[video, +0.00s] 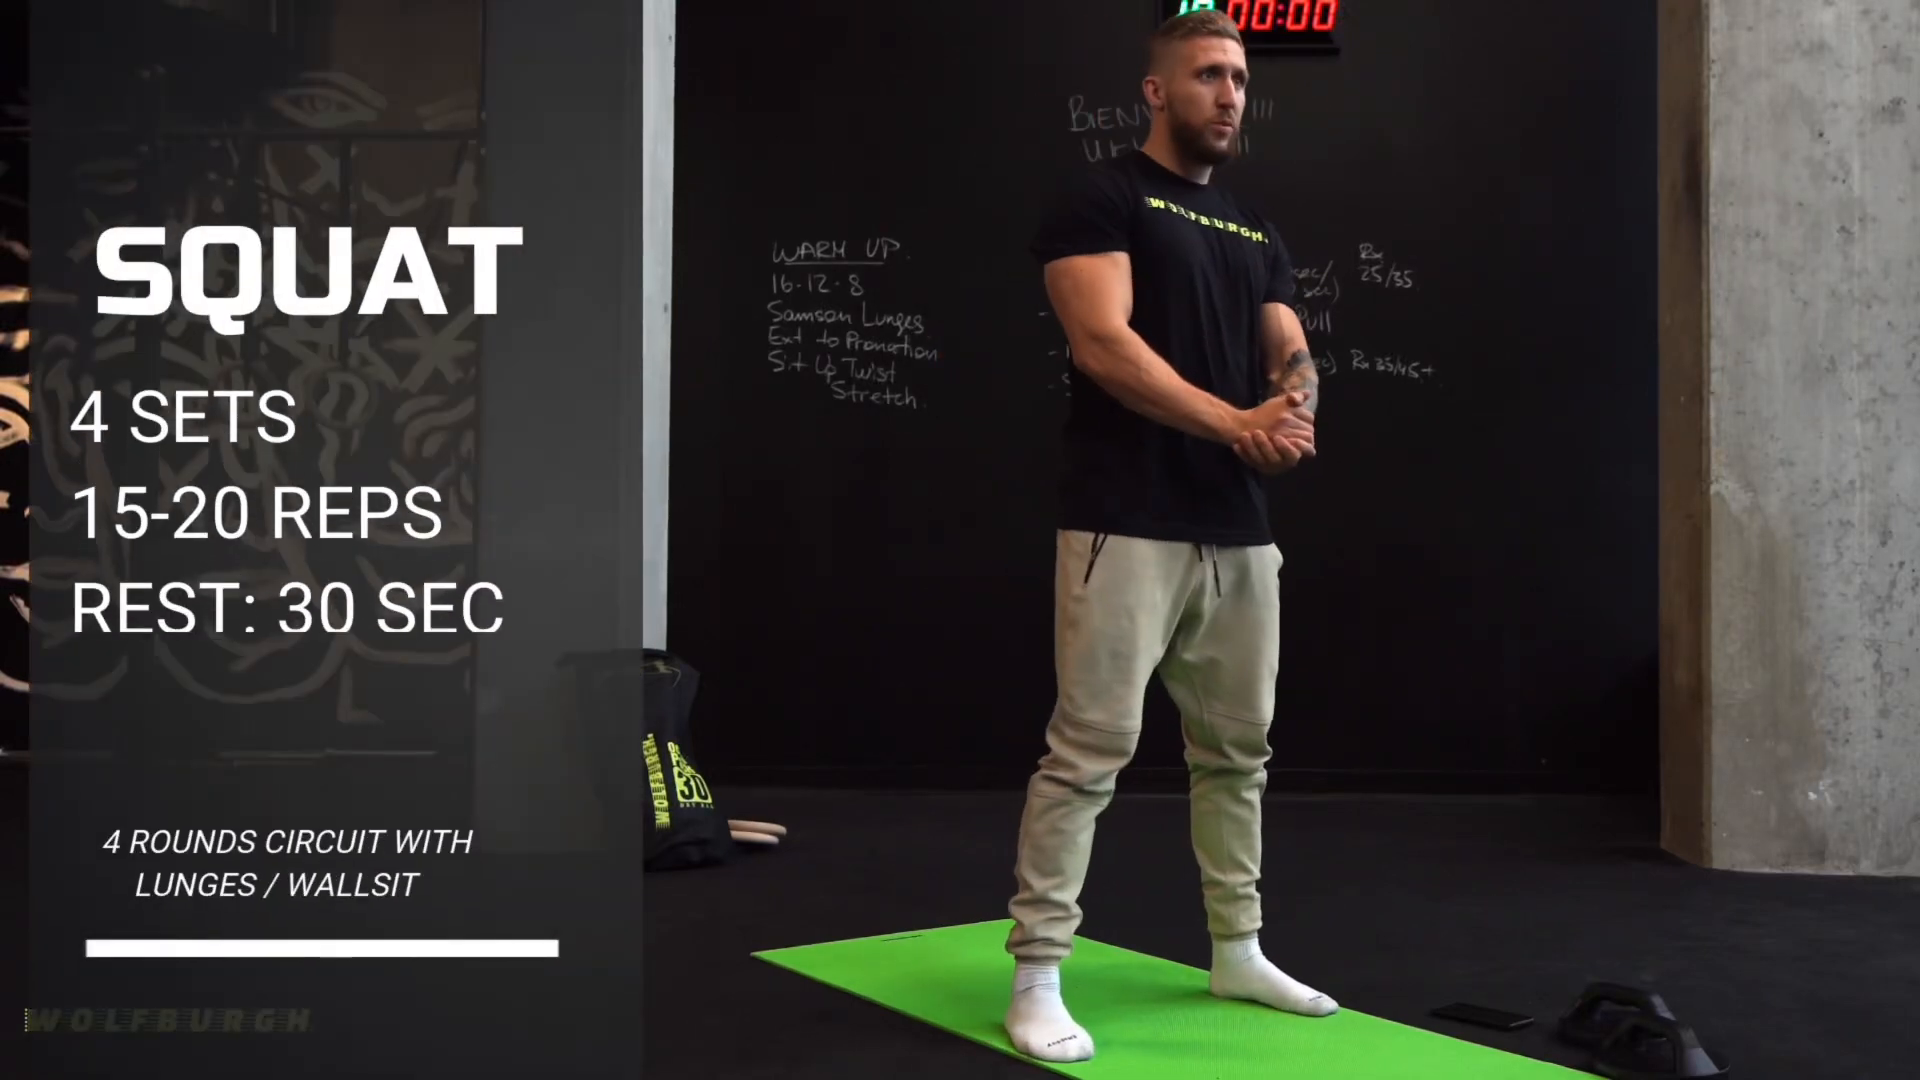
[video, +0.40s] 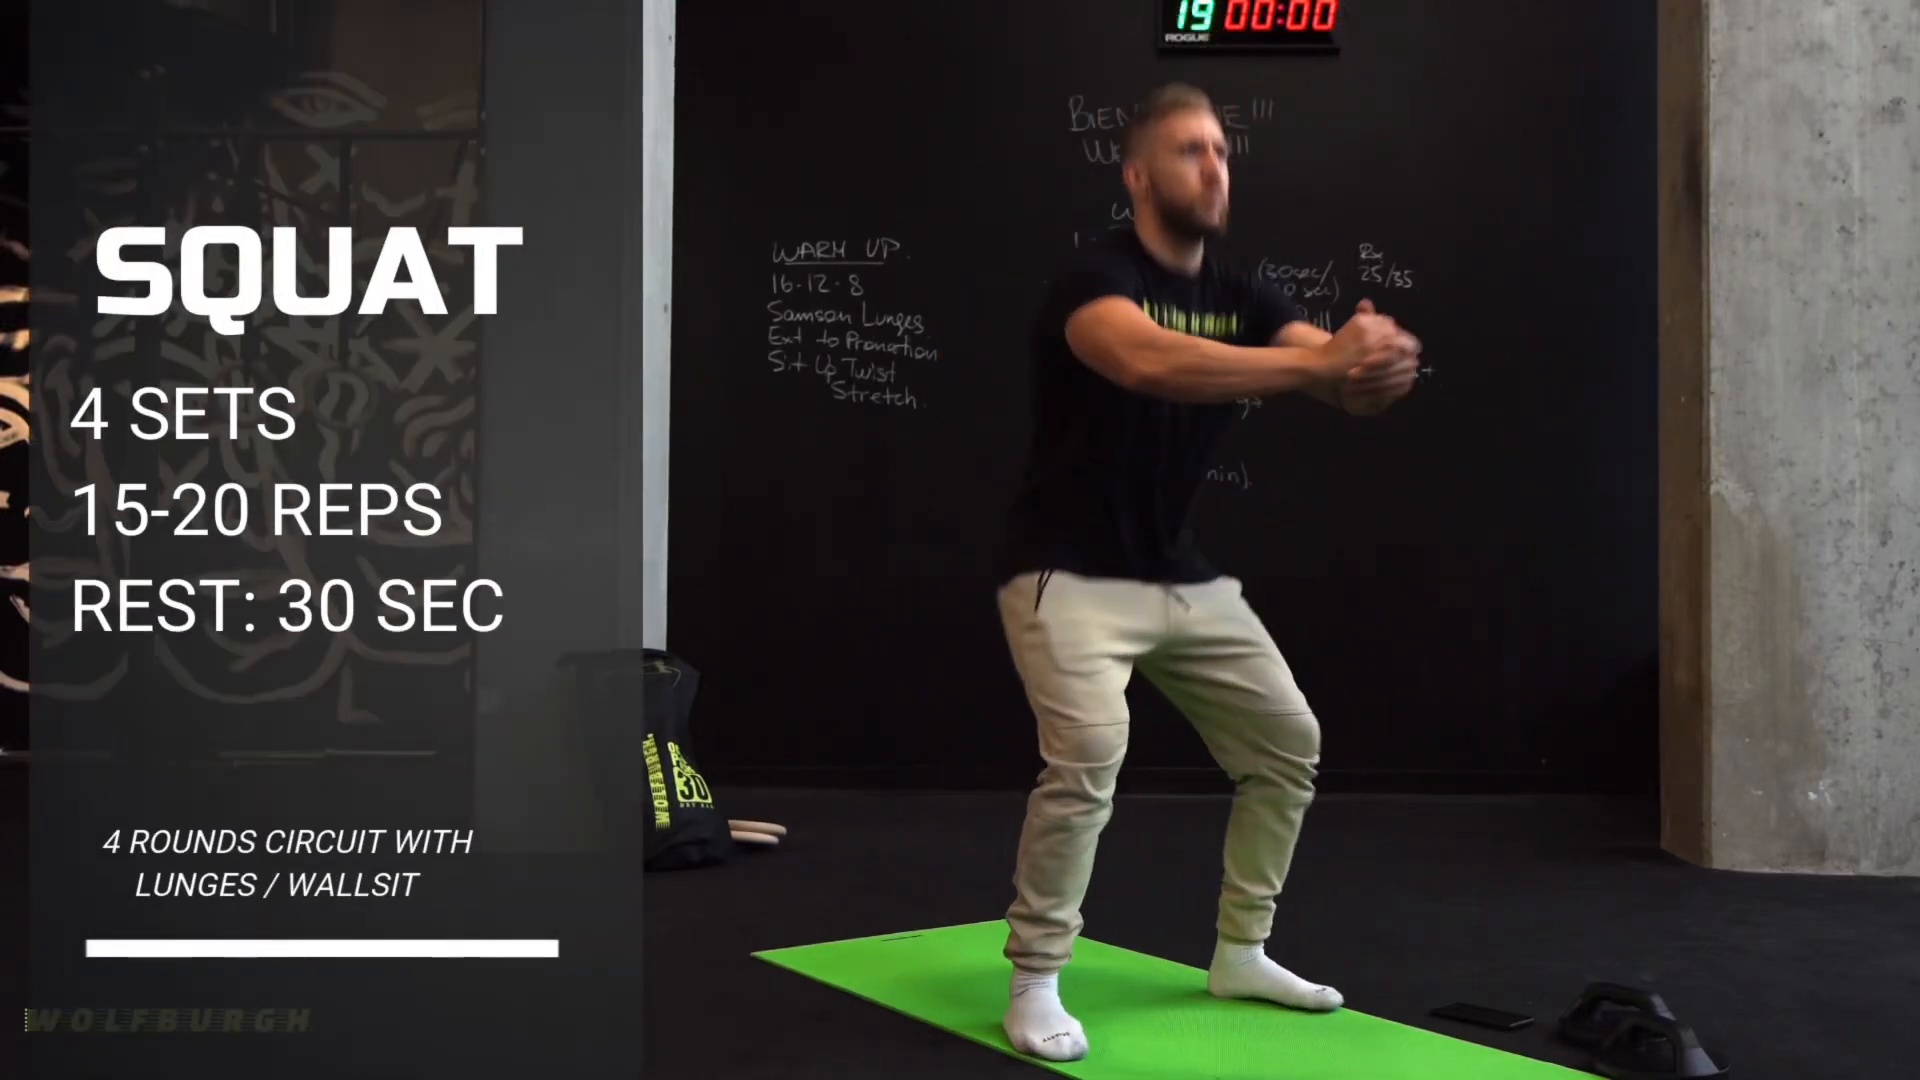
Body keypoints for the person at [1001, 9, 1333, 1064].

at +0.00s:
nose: (1232, 95)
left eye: (1239, 79)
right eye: (1211, 76)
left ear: (1244, 96)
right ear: (1154, 89)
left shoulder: (1251, 232)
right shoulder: (1095, 200)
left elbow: (1288, 352)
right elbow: (1101, 344)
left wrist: (1292, 405)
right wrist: (1232, 423)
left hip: (1236, 528)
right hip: (1123, 523)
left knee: (1235, 747)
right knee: (1090, 749)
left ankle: (1237, 955)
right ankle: (1037, 980)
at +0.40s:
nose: (1214, 167)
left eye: (1220, 151)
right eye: (1189, 151)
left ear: (1227, 169)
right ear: (1135, 172)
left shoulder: (1238, 293)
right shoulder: (1086, 277)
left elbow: (1324, 368)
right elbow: (1148, 364)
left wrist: (1387, 366)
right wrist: (1314, 364)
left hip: (1180, 578)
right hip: (1066, 577)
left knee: (1286, 744)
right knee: (1088, 756)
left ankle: (1241, 955)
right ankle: (1036, 982)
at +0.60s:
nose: (1224, 319)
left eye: (1230, 303)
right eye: (1201, 303)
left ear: (1240, 320)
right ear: (1144, 325)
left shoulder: (1240, 426)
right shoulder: (1103, 413)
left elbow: (1368, 462)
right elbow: (1174, 454)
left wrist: (1403, 406)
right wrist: (1346, 386)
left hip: (1167, 667)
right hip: (1050, 668)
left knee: (1309, 750)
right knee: (1090, 760)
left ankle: (1243, 959)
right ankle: (1038, 988)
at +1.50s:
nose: (1212, 170)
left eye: (1217, 155)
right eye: (1188, 155)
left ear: (1224, 174)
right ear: (1132, 174)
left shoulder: (1239, 294)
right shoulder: (1087, 287)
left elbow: (1315, 407)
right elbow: (1113, 425)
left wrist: (1353, 485)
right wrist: (1257, 506)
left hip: (1207, 585)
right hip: (1087, 584)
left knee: (1297, 751)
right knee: (1114, 758)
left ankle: (1242, 959)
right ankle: (1043, 984)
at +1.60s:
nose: (1206, 113)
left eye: (1211, 98)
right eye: (1181, 99)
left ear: (1220, 119)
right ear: (1127, 122)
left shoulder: (1236, 250)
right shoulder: (1082, 234)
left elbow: (1296, 384)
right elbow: (1072, 391)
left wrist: (1324, 493)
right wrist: (1174, 515)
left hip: (1210, 555)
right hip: (1093, 554)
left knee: (1278, 746)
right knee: (1107, 754)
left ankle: (1242, 958)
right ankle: (1041, 982)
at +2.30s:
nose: (1221, 152)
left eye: (1226, 136)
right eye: (1196, 136)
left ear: (1232, 155)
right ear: (1141, 160)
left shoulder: (1245, 288)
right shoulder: (1092, 274)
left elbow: (1323, 393)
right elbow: (1120, 405)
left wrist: (1379, 454)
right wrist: (1276, 458)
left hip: (1198, 577)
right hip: (1080, 573)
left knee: (1291, 750)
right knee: (1092, 760)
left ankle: (1241, 958)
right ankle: (1039, 982)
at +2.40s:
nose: (1228, 220)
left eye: (1234, 204)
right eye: (1204, 204)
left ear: (1242, 222)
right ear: (1148, 226)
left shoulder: (1252, 346)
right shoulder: (1100, 337)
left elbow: (1346, 441)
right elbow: (1153, 439)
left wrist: (1401, 453)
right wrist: (1328, 444)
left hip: (1189, 616)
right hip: (1067, 614)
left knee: (1308, 754)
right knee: (1095, 756)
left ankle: (1241, 958)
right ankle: (1040, 982)